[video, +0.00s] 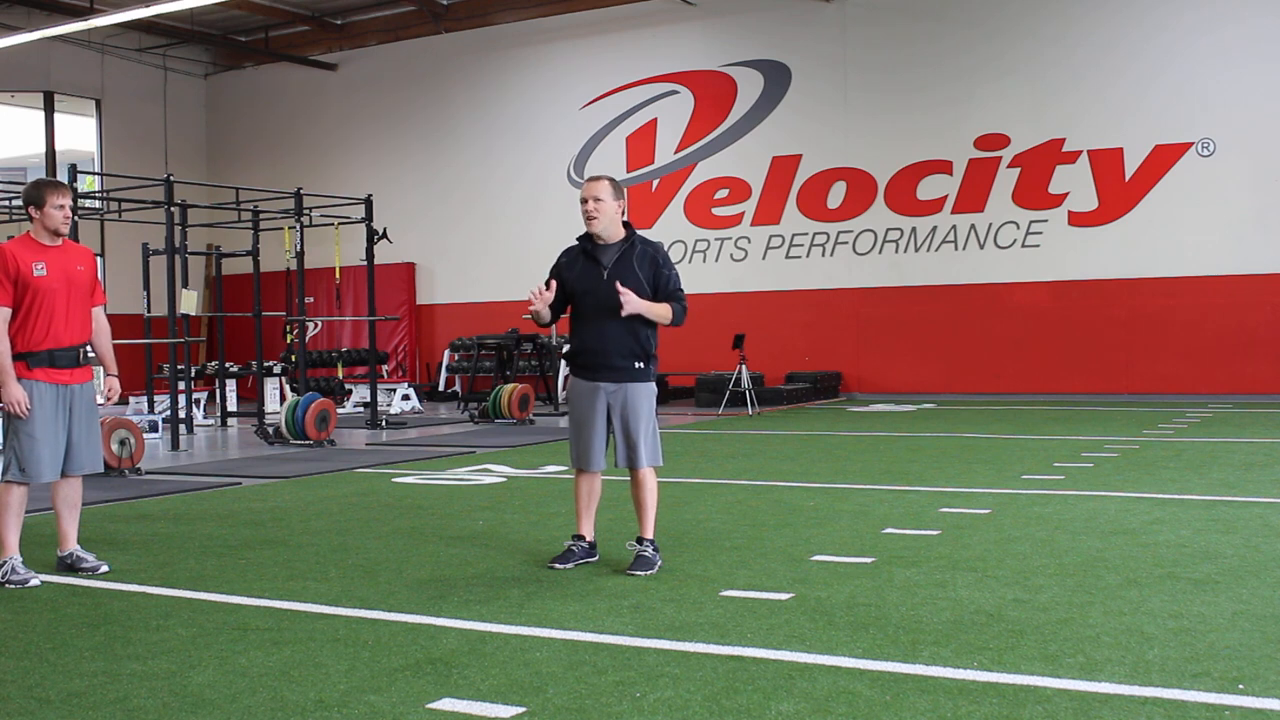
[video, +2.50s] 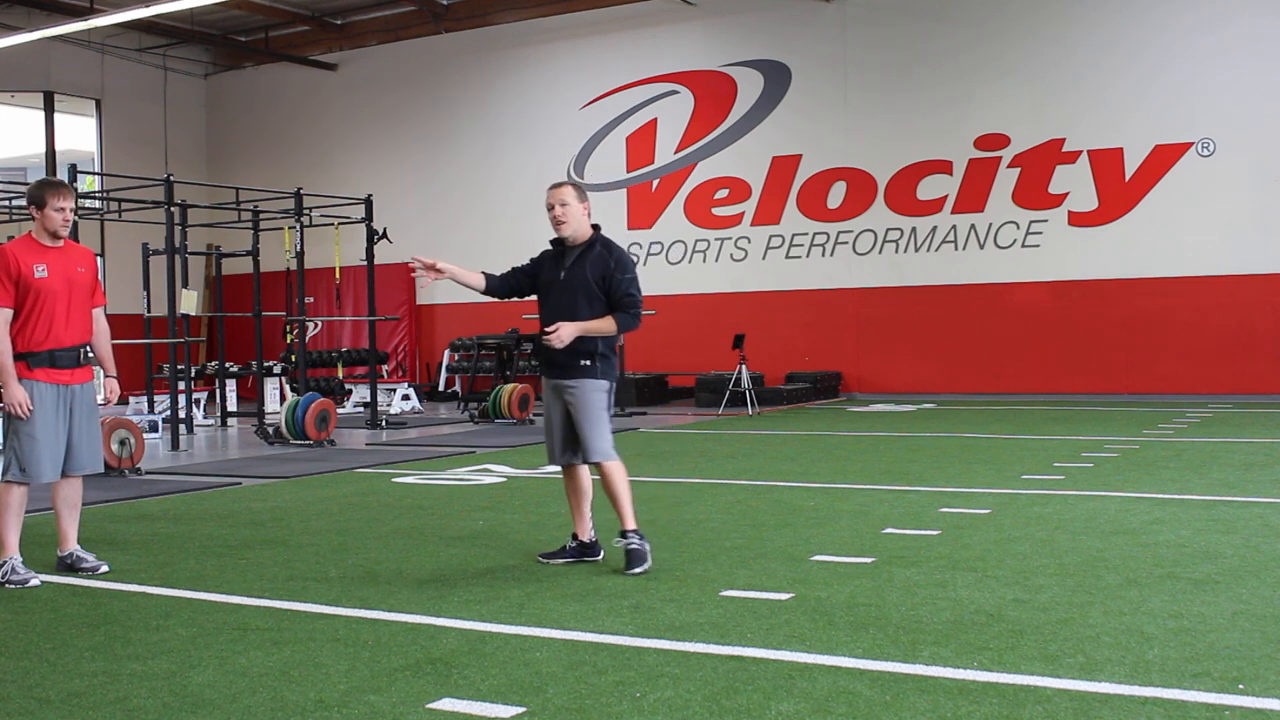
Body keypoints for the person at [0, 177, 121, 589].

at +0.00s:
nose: (67, 214)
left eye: (69, 207)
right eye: (58, 207)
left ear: (71, 211)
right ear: (34, 211)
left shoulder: (85, 257)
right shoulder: (11, 254)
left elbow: (97, 319)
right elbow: (1, 325)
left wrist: (111, 370)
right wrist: (7, 381)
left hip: (77, 377)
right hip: (30, 378)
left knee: (72, 466)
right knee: (19, 473)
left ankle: (69, 551)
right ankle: (10, 559)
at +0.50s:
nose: (67, 214)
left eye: (70, 207)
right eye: (59, 207)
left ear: (72, 211)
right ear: (35, 212)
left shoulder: (85, 257)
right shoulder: (11, 255)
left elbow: (97, 319)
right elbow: (1, 325)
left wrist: (110, 371)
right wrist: (7, 382)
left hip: (78, 377)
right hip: (30, 378)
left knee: (72, 466)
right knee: (19, 473)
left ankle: (69, 551)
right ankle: (9, 559)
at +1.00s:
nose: (68, 214)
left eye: (71, 207)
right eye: (60, 208)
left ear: (73, 211)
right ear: (35, 212)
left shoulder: (85, 257)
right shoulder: (12, 255)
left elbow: (97, 320)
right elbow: (1, 326)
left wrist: (109, 372)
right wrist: (8, 383)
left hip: (78, 377)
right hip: (30, 378)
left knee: (72, 466)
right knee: (19, 473)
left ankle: (69, 551)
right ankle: (10, 559)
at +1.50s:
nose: (67, 215)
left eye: (70, 208)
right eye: (59, 208)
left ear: (73, 211)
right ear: (35, 212)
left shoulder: (85, 257)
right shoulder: (12, 255)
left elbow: (97, 319)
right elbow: (1, 326)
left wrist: (110, 371)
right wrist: (9, 382)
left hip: (78, 377)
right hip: (30, 378)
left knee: (72, 467)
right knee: (19, 473)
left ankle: (69, 551)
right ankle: (10, 559)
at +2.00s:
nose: (66, 215)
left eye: (69, 209)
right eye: (57, 208)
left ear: (73, 212)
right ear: (35, 211)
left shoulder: (85, 257)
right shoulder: (12, 255)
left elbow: (98, 319)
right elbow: (1, 325)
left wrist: (111, 371)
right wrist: (8, 382)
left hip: (78, 377)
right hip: (30, 378)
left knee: (72, 466)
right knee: (19, 473)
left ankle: (69, 551)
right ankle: (10, 559)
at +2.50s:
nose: (66, 216)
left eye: (70, 210)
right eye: (58, 209)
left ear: (73, 212)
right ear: (36, 212)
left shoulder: (85, 257)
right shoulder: (12, 255)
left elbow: (97, 320)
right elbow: (2, 326)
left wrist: (110, 372)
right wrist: (9, 382)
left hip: (78, 377)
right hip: (31, 378)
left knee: (72, 466)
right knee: (19, 473)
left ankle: (69, 550)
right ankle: (10, 560)